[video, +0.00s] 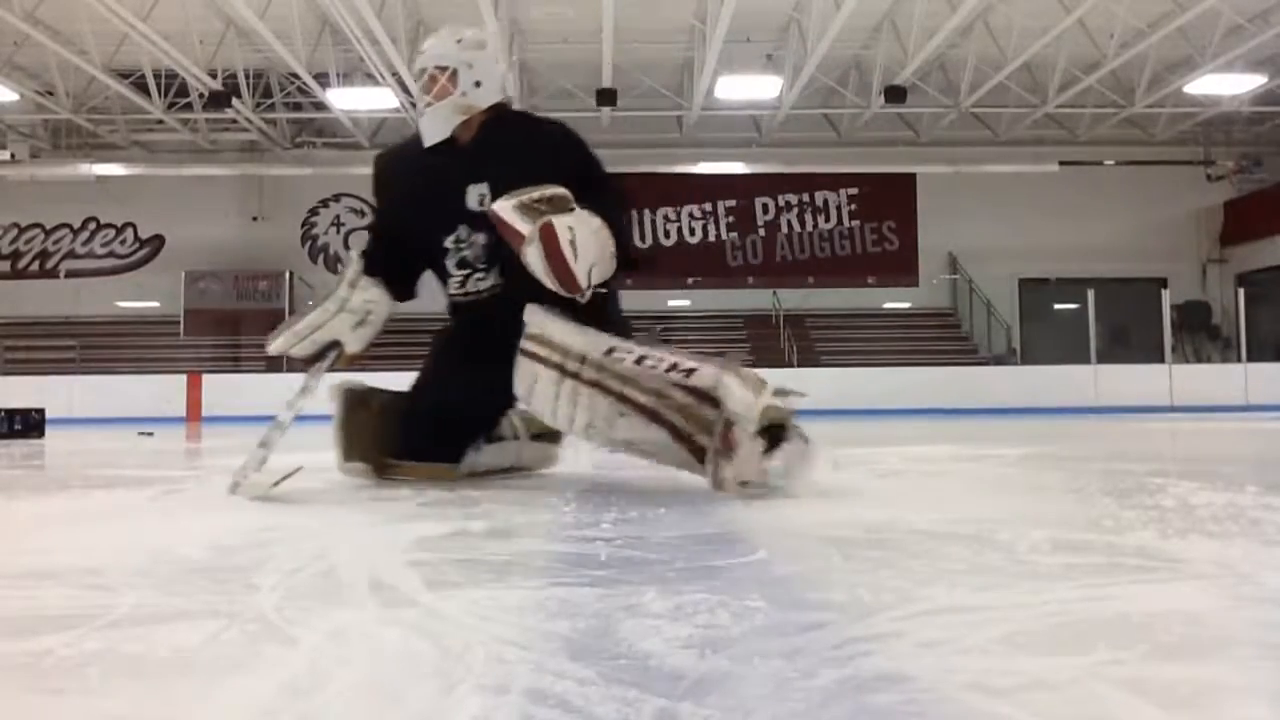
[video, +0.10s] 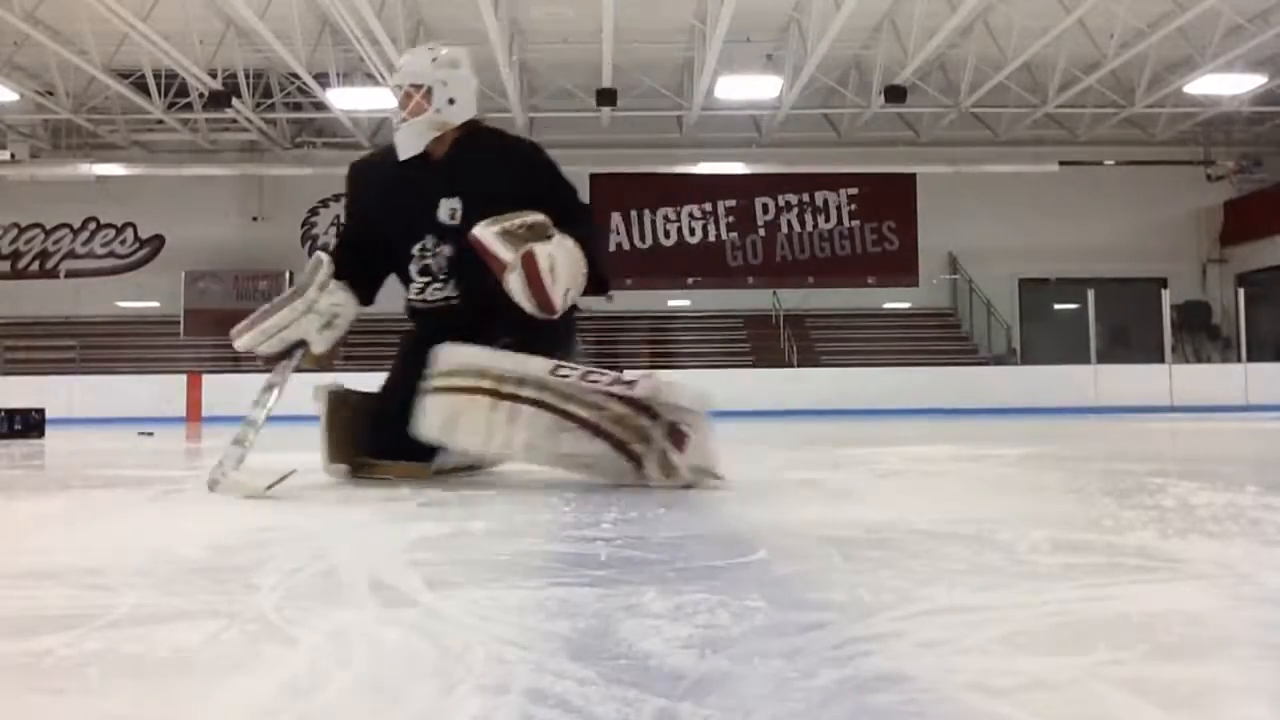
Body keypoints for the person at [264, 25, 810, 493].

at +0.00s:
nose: (426, 88)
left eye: (440, 76)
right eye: (422, 77)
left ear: (481, 78)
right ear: (421, 85)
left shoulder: (544, 141)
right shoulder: (406, 172)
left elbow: (612, 225)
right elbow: (394, 260)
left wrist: (580, 245)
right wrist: (357, 306)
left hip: (570, 318)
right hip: (476, 332)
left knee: (630, 397)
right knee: (422, 446)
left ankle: (739, 433)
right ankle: (520, 442)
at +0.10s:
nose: (401, 107)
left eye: (414, 95)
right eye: (398, 96)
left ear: (452, 98)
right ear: (406, 102)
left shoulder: (512, 160)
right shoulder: (381, 178)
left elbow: (582, 235)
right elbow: (361, 255)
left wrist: (563, 263)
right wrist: (335, 304)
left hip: (521, 329)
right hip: (435, 334)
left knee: (473, 419)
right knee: (389, 441)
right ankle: (496, 437)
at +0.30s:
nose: (361, 126)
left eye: (374, 115)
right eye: (363, 115)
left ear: (408, 121)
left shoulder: (454, 178)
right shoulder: (346, 185)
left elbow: (513, 258)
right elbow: (325, 271)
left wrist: (483, 307)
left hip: (455, 352)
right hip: (374, 346)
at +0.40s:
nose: (342, 137)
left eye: (355, 125)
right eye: (340, 126)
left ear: (390, 129)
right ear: (335, 128)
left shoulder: (426, 190)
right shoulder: (326, 189)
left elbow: (475, 278)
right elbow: (301, 257)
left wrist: (432, 336)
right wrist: (254, 288)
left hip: (420, 353)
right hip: (339, 345)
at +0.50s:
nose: (345, 147)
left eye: (357, 137)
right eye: (335, 137)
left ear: (379, 139)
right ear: (321, 140)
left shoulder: (408, 199)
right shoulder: (306, 188)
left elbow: (448, 292)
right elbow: (263, 258)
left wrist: (415, 377)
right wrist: (225, 317)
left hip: (389, 358)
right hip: (308, 353)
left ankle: (461, 435)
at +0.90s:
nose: (323, 173)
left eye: (335, 164)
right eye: (314, 162)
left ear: (353, 166)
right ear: (300, 160)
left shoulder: (371, 218)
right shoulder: (267, 199)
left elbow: (407, 293)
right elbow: (205, 248)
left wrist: (385, 347)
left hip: (337, 373)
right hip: (260, 364)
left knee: (328, 463)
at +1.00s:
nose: (317, 169)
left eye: (329, 160)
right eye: (308, 158)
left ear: (347, 163)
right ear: (294, 159)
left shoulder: (370, 216)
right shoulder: (266, 201)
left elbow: (409, 287)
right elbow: (208, 257)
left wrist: (382, 346)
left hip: (339, 372)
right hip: (262, 366)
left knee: (331, 464)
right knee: (263, 465)